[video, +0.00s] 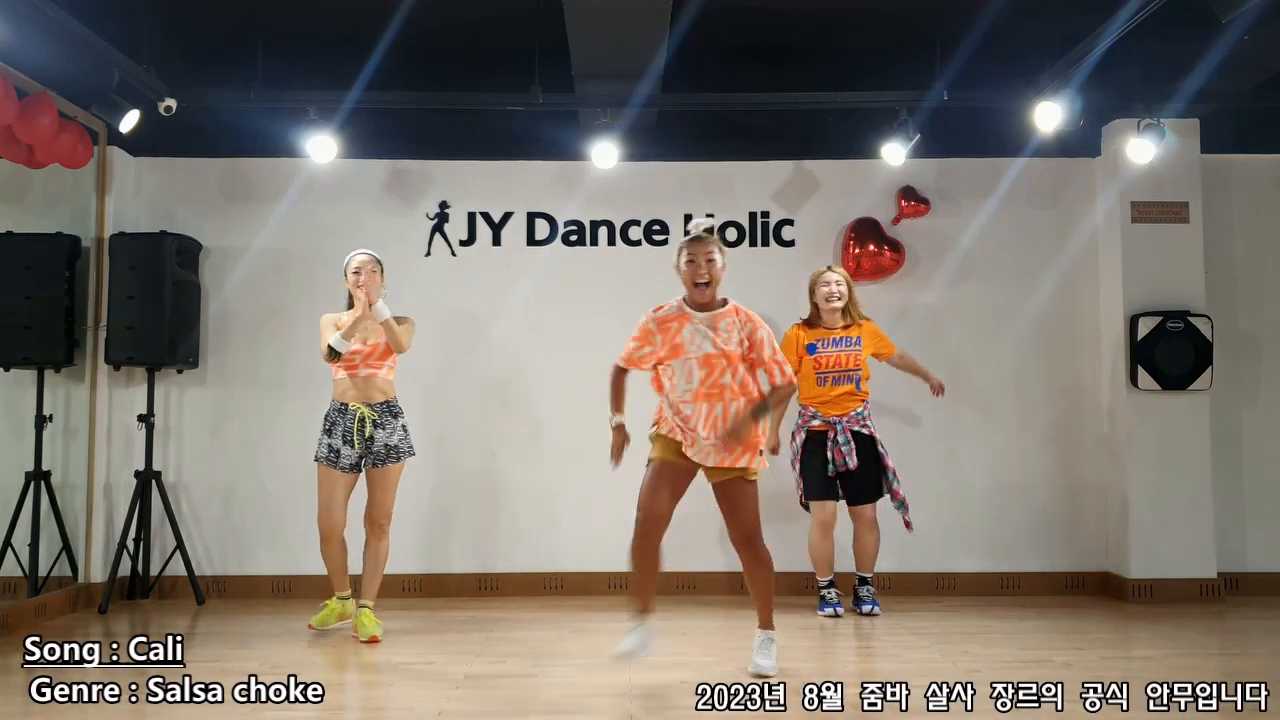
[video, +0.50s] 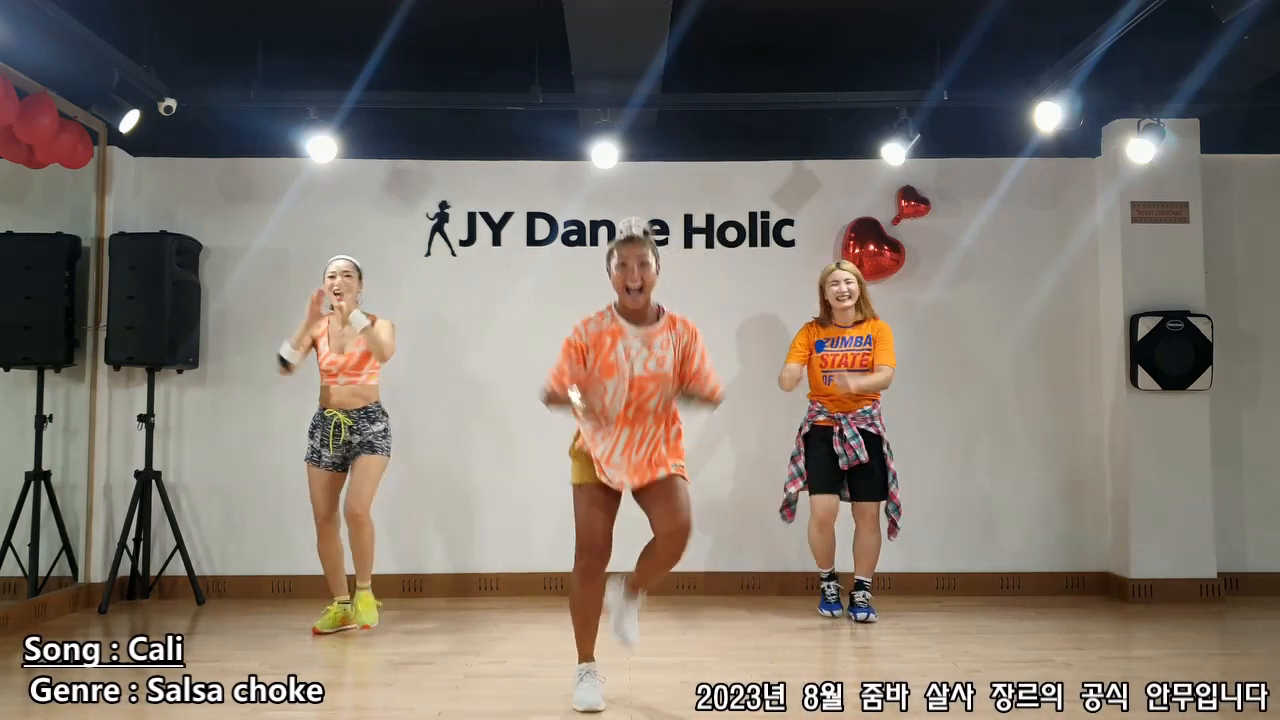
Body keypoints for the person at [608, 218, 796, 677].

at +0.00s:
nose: (701, 269)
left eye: (710, 260)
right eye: (692, 261)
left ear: (723, 268)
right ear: (679, 269)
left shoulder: (746, 323)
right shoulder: (662, 321)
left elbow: (786, 383)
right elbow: (621, 368)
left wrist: (750, 416)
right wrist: (618, 421)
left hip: (733, 440)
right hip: (677, 434)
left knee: (748, 541)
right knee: (647, 523)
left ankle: (766, 635)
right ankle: (643, 621)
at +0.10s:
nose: (686, 287)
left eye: (695, 278)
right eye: (677, 279)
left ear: (708, 283)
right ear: (665, 287)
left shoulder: (735, 336)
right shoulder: (648, 338)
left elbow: (788, 379)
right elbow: (600, 375)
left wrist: (743, 373)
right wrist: (599, 390)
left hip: (724, 460)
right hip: (666, 457)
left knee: (746, 555)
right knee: (635, 553)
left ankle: (769, 641)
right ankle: (600, 653)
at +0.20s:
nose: (667, 292)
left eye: (676, 283)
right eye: (657, 284)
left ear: (690, 291)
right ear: (645, 293)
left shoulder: (717, 346)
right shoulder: (627, 346)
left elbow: (760, 401)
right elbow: (584, 400)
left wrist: (717, 388)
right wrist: (595, 399)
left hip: (703, 472)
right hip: (644, 468)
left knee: (729, 559)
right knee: (614, 559)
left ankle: (765, 639)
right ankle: (590, 669)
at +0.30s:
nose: (648, 289)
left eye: (657, 280)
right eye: (638, 280)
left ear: (672, 289)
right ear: (626, 289)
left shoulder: (695, 348)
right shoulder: (605, 346)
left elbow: (704, 420)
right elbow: (588, 412)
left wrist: (662, 431)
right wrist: (618, 430)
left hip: (677, 466)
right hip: (619, 465)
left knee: (714, 567)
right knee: (599, 559)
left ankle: (714, 597)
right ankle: (588, 668)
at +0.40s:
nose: (638, 288)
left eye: (648, 280)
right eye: (628, 280)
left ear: (662, 289)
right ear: (616, 291)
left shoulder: (684, 350)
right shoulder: (594, 349)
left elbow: (689, 419)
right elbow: (578, 420)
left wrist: (662, 439)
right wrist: (608, 444)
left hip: (663, 466)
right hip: (604, 466)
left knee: (692, 551)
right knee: (594, 556)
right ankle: (587, 669)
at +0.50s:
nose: (633, 276)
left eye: (642, 266)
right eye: (623, 267)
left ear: (657, 272)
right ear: (611, 274)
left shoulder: (681, 333)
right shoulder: (590, 332)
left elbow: (713, 394)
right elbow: (552, 393)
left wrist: (687, 388)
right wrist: (577, 400)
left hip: (656, 448)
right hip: (599, 449)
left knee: (677, 529)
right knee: (592, 554)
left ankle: (629, 593)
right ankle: (586, 668)